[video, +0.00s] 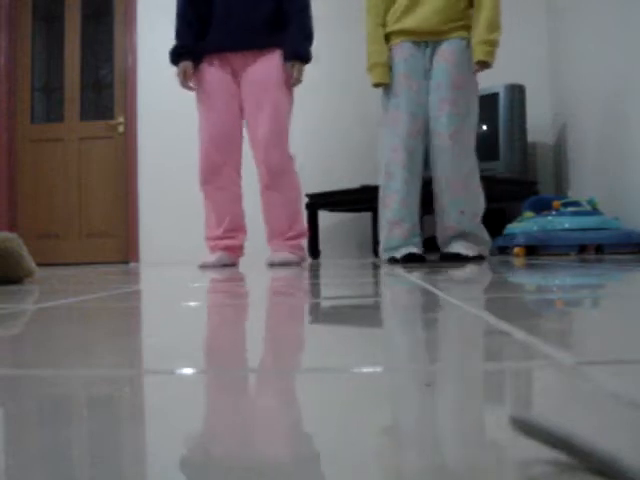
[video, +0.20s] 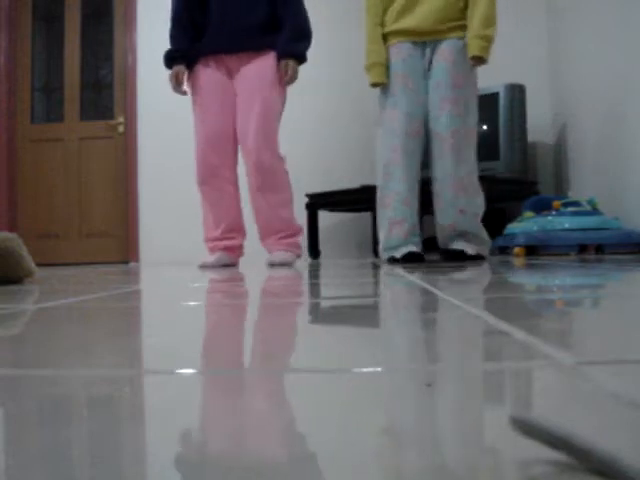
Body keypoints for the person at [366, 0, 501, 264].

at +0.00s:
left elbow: (487, 1)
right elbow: (376, 4)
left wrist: (484, 38)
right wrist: (377, 54)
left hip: (456, 31)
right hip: (403, 32)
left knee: (452, 136)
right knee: (402, 139)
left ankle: (462, 239)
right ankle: (402, 243)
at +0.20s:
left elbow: (483, 0)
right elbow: (374, 4)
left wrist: (480, 33)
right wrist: (375, 54)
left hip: (454, 31)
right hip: (400, 32)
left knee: (453, 134)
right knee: (400, 138)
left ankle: (461, 239)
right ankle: (401, 243)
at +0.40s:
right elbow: (373, 4)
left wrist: (482, 31)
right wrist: (371, 46)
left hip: (458, 27)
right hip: (402, 29)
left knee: (464, 135)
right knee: (401, 136)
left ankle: (474, 234)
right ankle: (400, 238)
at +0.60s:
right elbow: (373, 4)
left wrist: (479, 31)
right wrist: (368, 56)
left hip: (467, 30)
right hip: (412, 30)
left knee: (478, 140)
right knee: (416, 139)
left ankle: (484, 240)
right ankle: (410, 242)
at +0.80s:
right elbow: (377, 6)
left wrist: (472, 17)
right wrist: (376, 62)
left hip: (465, 30)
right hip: (413, 31)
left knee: (477, 139)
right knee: (416, 139)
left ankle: (483, 239)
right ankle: (410, 243)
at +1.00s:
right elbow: (376, 5)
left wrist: (485, 26)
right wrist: (378, 55)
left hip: (461, 25)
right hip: (404, 30)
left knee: (468, 132)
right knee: (406, 135)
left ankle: (475, 232)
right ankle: (403, 236)